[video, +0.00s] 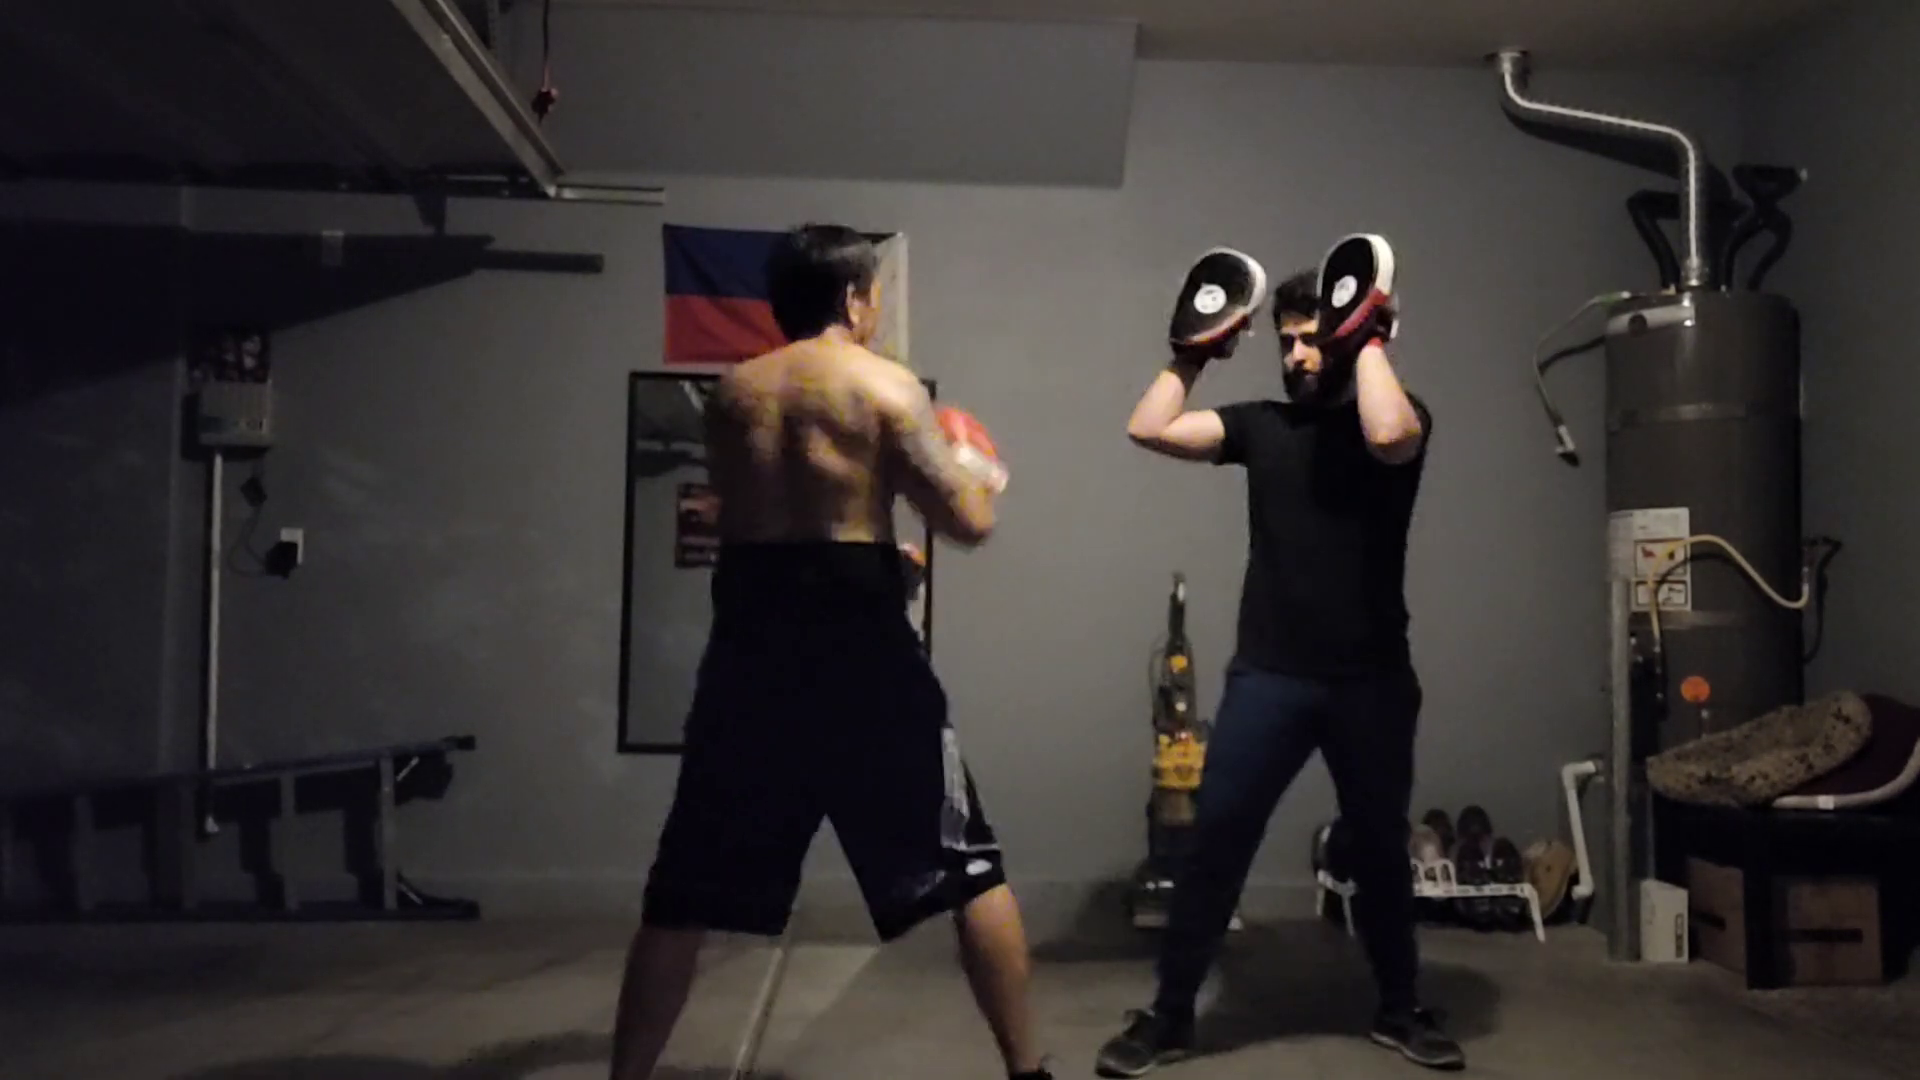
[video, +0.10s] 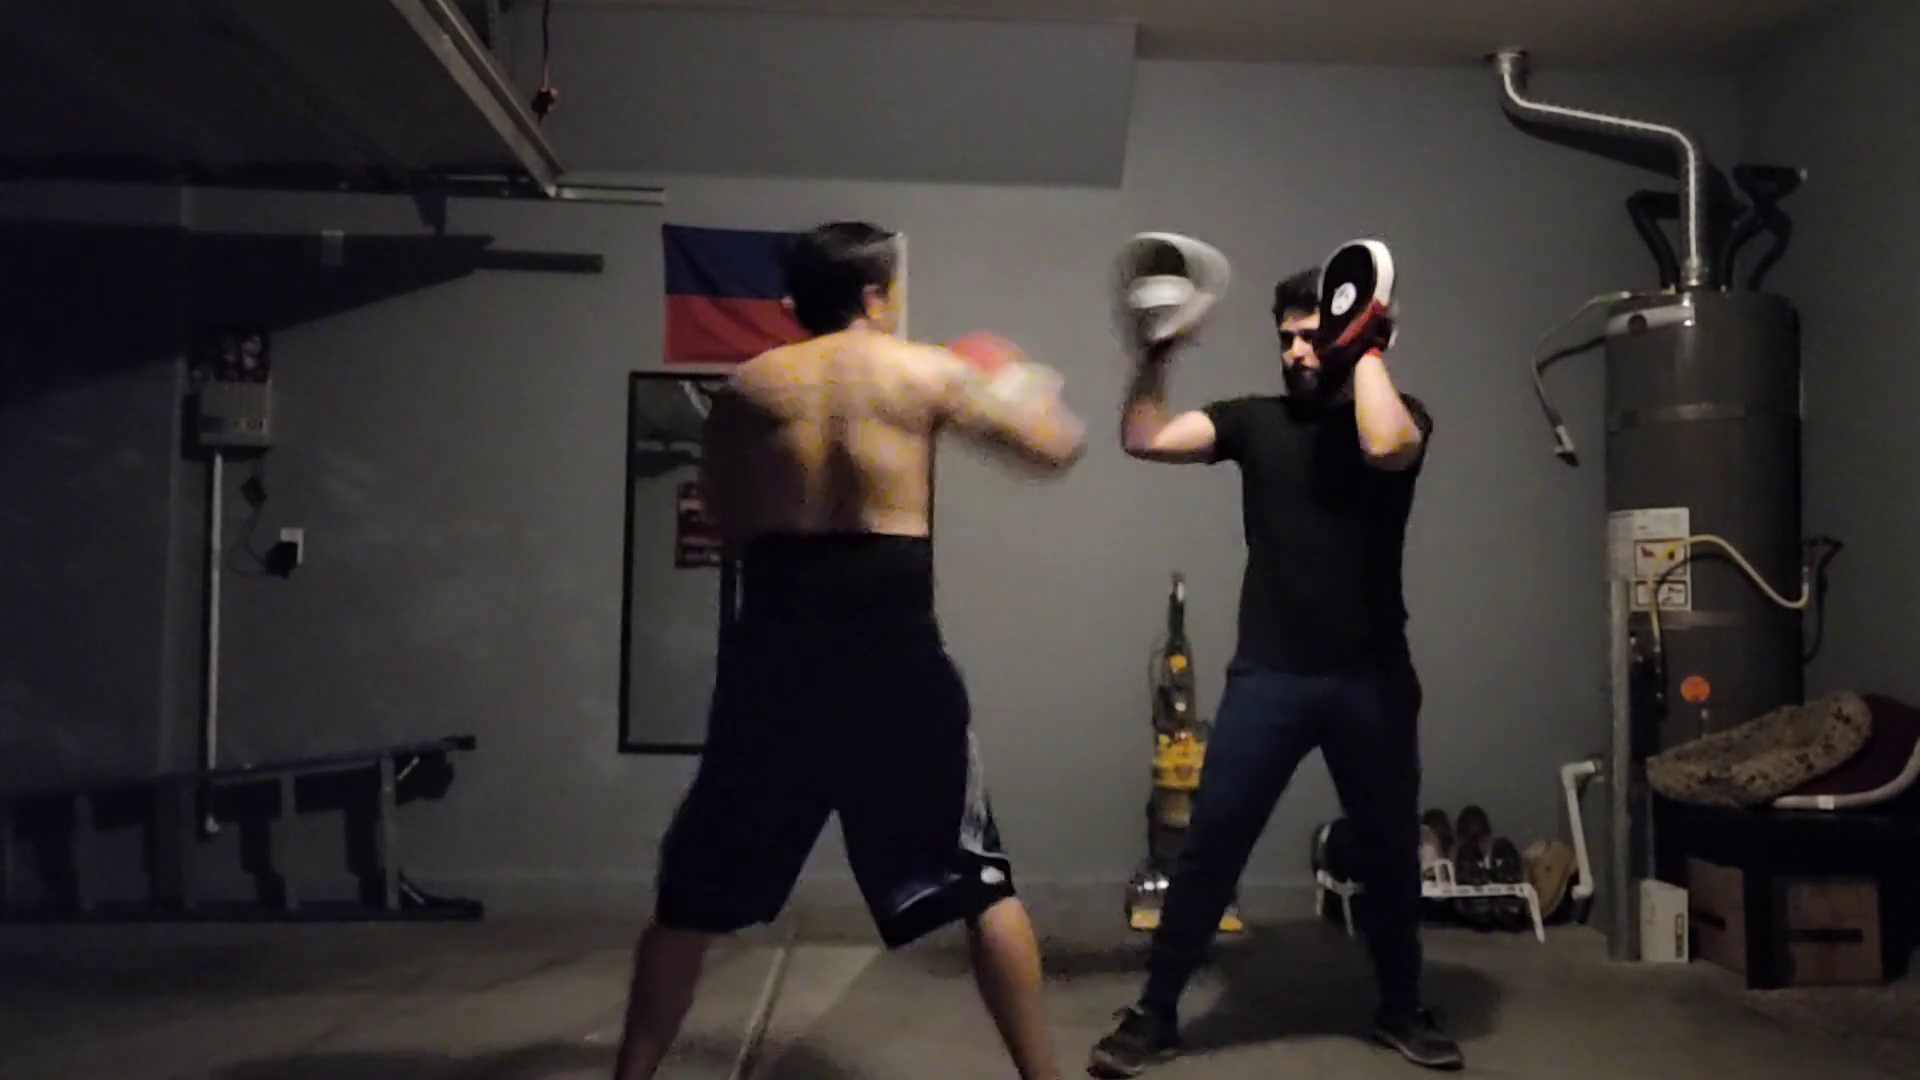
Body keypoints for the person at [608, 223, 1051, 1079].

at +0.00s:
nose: (880, 312)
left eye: (875, 297)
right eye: (877, 299)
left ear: (787, 303)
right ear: (854, 305)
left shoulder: (730, 389)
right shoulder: (883, 386)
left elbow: (755, 515)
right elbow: (973, 521)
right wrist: (981, 472)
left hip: (748, 665)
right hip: (866, 664)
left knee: (681, 889)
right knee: (969, 869)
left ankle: (626, 1071)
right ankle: (1027, 1066)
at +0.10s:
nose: (901, 304)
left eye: (896, 290)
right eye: (896, 292)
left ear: (801, 300)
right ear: (875, 301)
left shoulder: (744, 390)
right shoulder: (922, 372)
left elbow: (730, 525)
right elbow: (1055, 445)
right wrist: (1014, 379)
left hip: (770, 677)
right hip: (894, 674)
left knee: (690, 892)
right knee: (981, 879)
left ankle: (632, 1071)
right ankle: (1041, 1070)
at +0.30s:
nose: (970, 298)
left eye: (966, 286)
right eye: (968, 286)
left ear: (872, 290)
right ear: (953, 293)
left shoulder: (821, 364)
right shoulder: (986, 366)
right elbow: (1059, 478)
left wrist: (975, 362)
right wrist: (1060, 382)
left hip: (823, 625)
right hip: (933, 631)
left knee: (757, 864)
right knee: (1013, 879)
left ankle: (675, 1064)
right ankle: (1052, 1070)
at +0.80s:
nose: (1016, 311)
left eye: (1012, 299)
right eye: (1014, 299)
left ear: (922, 300)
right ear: (1000, 303)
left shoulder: (867, 377)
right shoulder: (1019, 375)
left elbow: (925, 479)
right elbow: (1102, 492)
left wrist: (1026, 453)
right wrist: (1118, 395)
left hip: (857, 644)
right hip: (967, 647)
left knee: (782, 875)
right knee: (1047, 885)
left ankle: (701, 1064)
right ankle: (1066, 1068)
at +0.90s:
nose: (1031, 306)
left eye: (1026, 294)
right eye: (1029, 295)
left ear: (939, 300)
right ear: (1016, 301)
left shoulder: (872, 381)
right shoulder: (1046, 365)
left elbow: (847, 519)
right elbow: (1147, 398)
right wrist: (1132, 336)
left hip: (867, 649)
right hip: (976, 653)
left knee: (790, 861)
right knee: (1052, 888)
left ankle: (694, 1043)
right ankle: (1070, 1071)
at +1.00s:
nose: (1038, 301)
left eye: (1034, 289)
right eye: (1035, 289)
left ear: (942, 291)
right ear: (1021, 293)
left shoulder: (881, 366)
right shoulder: (1053, 366)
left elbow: (892, 476)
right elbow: (1137, 462)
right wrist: (1132, 374)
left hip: (863, 627)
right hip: (972, 635)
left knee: (789, 853)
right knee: (1046, 883)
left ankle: (696, 1046)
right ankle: (1070, 1070)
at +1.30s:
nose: (1015, 293)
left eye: (1011, 282)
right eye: (1013, 281)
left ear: (916, 292)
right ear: (1000, 287)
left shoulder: (864, 366)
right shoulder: (1037, 349)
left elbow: (842, 505)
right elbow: (1141, 380)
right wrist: (1123, 334)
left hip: (872, 633)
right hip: (986, 635)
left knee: (790, 863)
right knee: (1049, 878)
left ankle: (728, 1058)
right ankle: (1075, 1069)